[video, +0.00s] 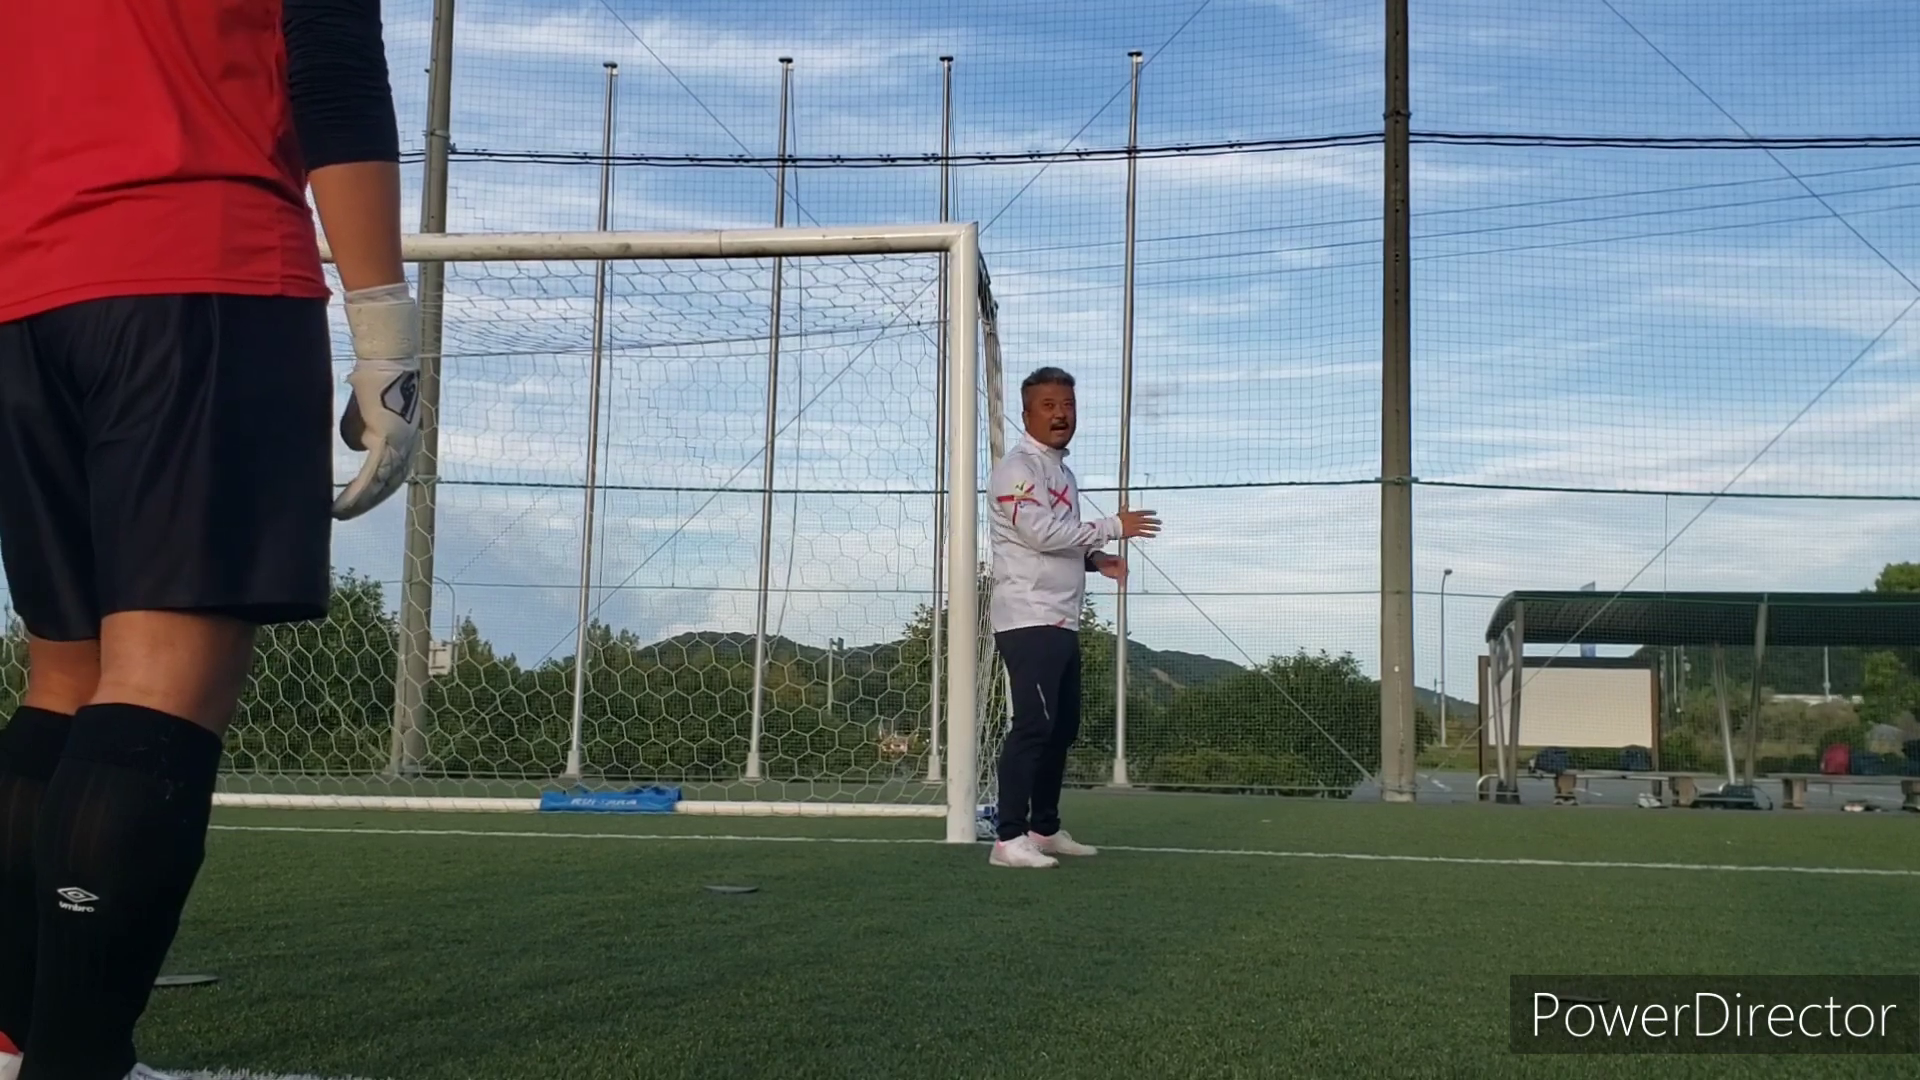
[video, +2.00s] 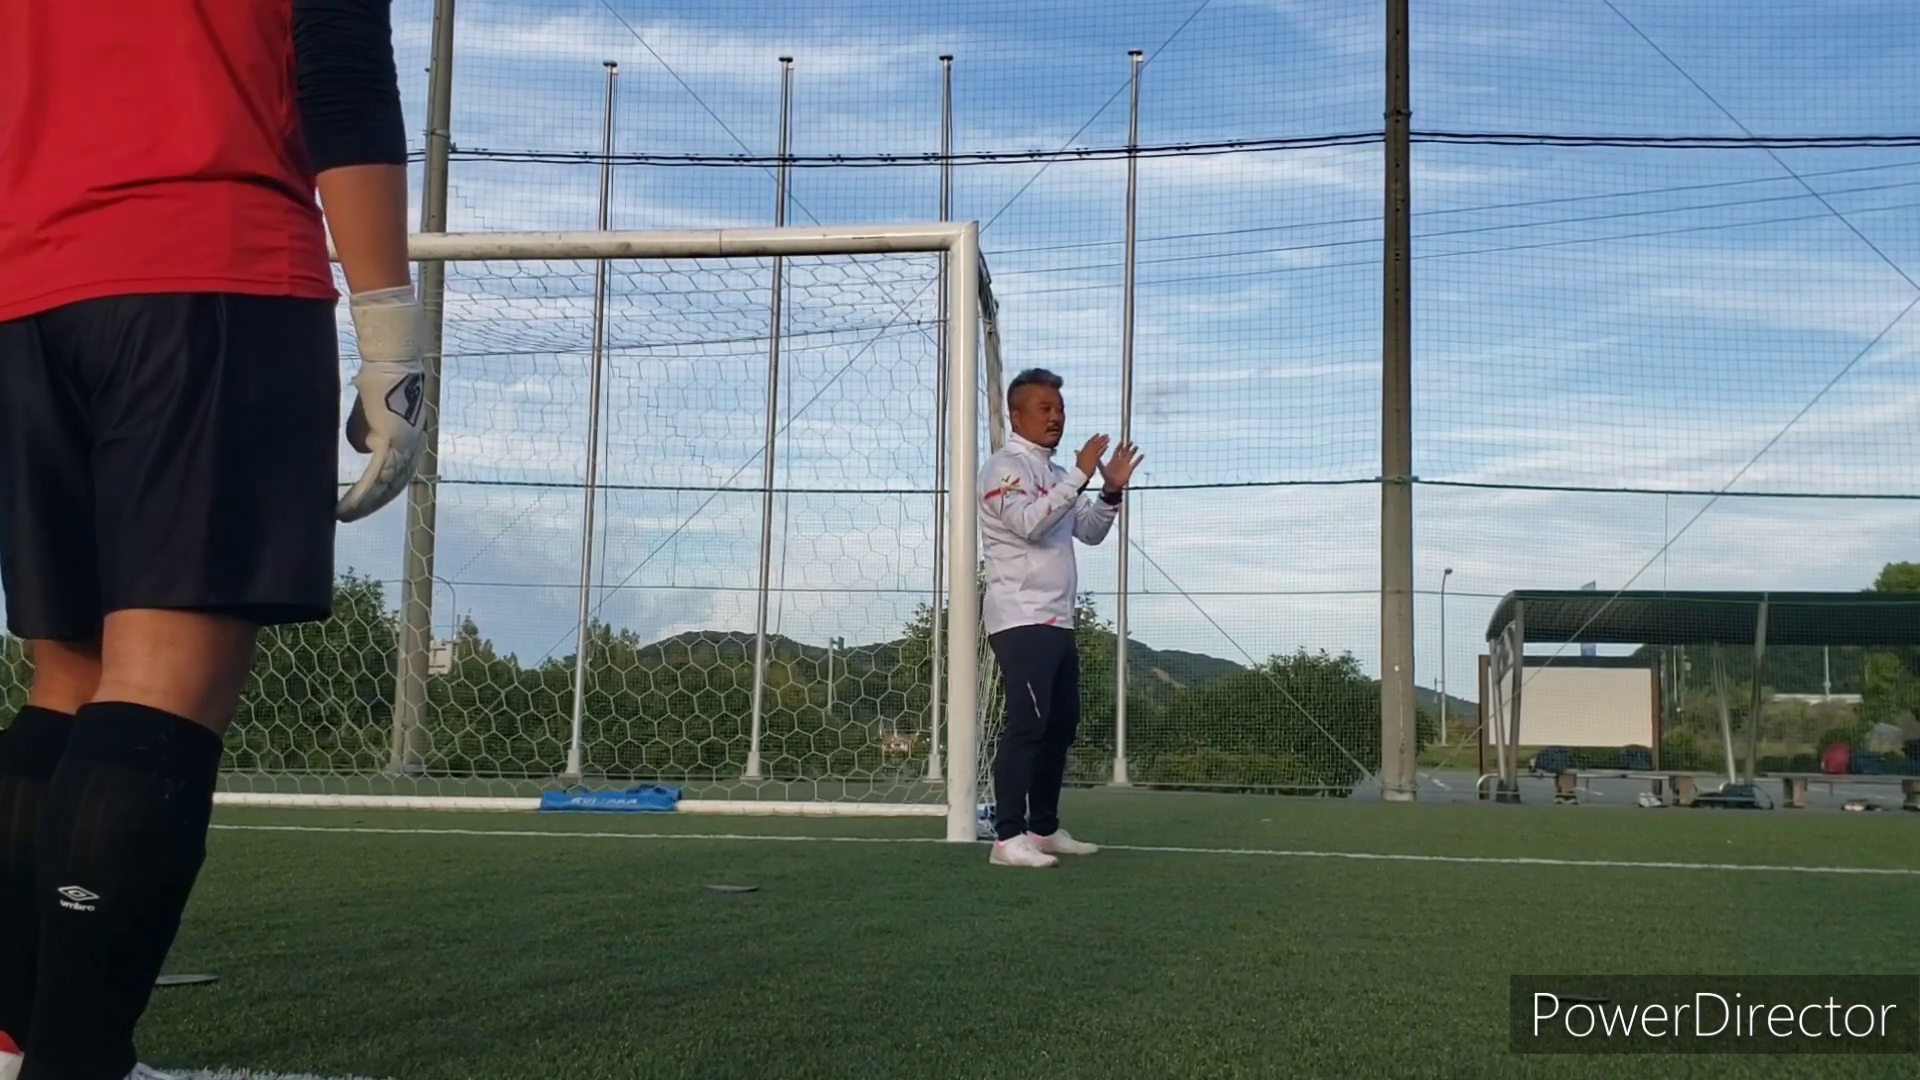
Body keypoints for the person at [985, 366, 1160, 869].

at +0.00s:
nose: (1061, 413)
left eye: (1068, 405)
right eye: (1048, 405)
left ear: (1076, 413)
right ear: (1026, 414)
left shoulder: (1063, 475)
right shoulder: (1014, 469)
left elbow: (1060, 537)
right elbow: (1040, 531)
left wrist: (1094, 560)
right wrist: (1111, 527)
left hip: (1061, 620)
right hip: (1027, 618)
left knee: (1061, 726)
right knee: (1032, 725)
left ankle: (1043, 830)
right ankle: (1009, 839)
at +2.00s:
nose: (1056, 417)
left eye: (1059, 408)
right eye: (1044, 408)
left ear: (1062, 415)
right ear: (1015, 415)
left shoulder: (1056, 473)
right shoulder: (1004, 466)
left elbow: (1089, 532)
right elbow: (1028, 521)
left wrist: (1111, 493)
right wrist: (1080, 474)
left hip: (1057, 618)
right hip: (1019, 616)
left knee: (1061, 721)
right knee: (1027, 721)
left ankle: (1042, 829)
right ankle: (1009, 838)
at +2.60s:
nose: (1067, 414)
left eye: (1065, 405)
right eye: (1057, 405)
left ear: (1038, 414)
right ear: (1027, 413)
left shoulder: (1058, 477)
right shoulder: (1007, 465)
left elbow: (1090, 529)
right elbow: (1039, 522)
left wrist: (1130, 499)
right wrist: (1101, 486)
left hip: (1056, 619)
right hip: (1021, 618)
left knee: (1058, 724)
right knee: (1028, 723)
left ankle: (1042, 830)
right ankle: (1008, 838)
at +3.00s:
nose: (1082, 428)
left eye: (1083, 419)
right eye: (1076, 418)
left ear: (1057, 420)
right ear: (1045, 416)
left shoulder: (1063, 475)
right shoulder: (1014, 464)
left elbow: (1109, 508)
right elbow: (1023, 525)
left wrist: (1162, 488)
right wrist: (1089, 502)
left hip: (1056, 619)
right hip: (1022, 617)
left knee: (1058, 726)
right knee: (1030, 722)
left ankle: (1041, 830)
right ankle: (1008, 839)